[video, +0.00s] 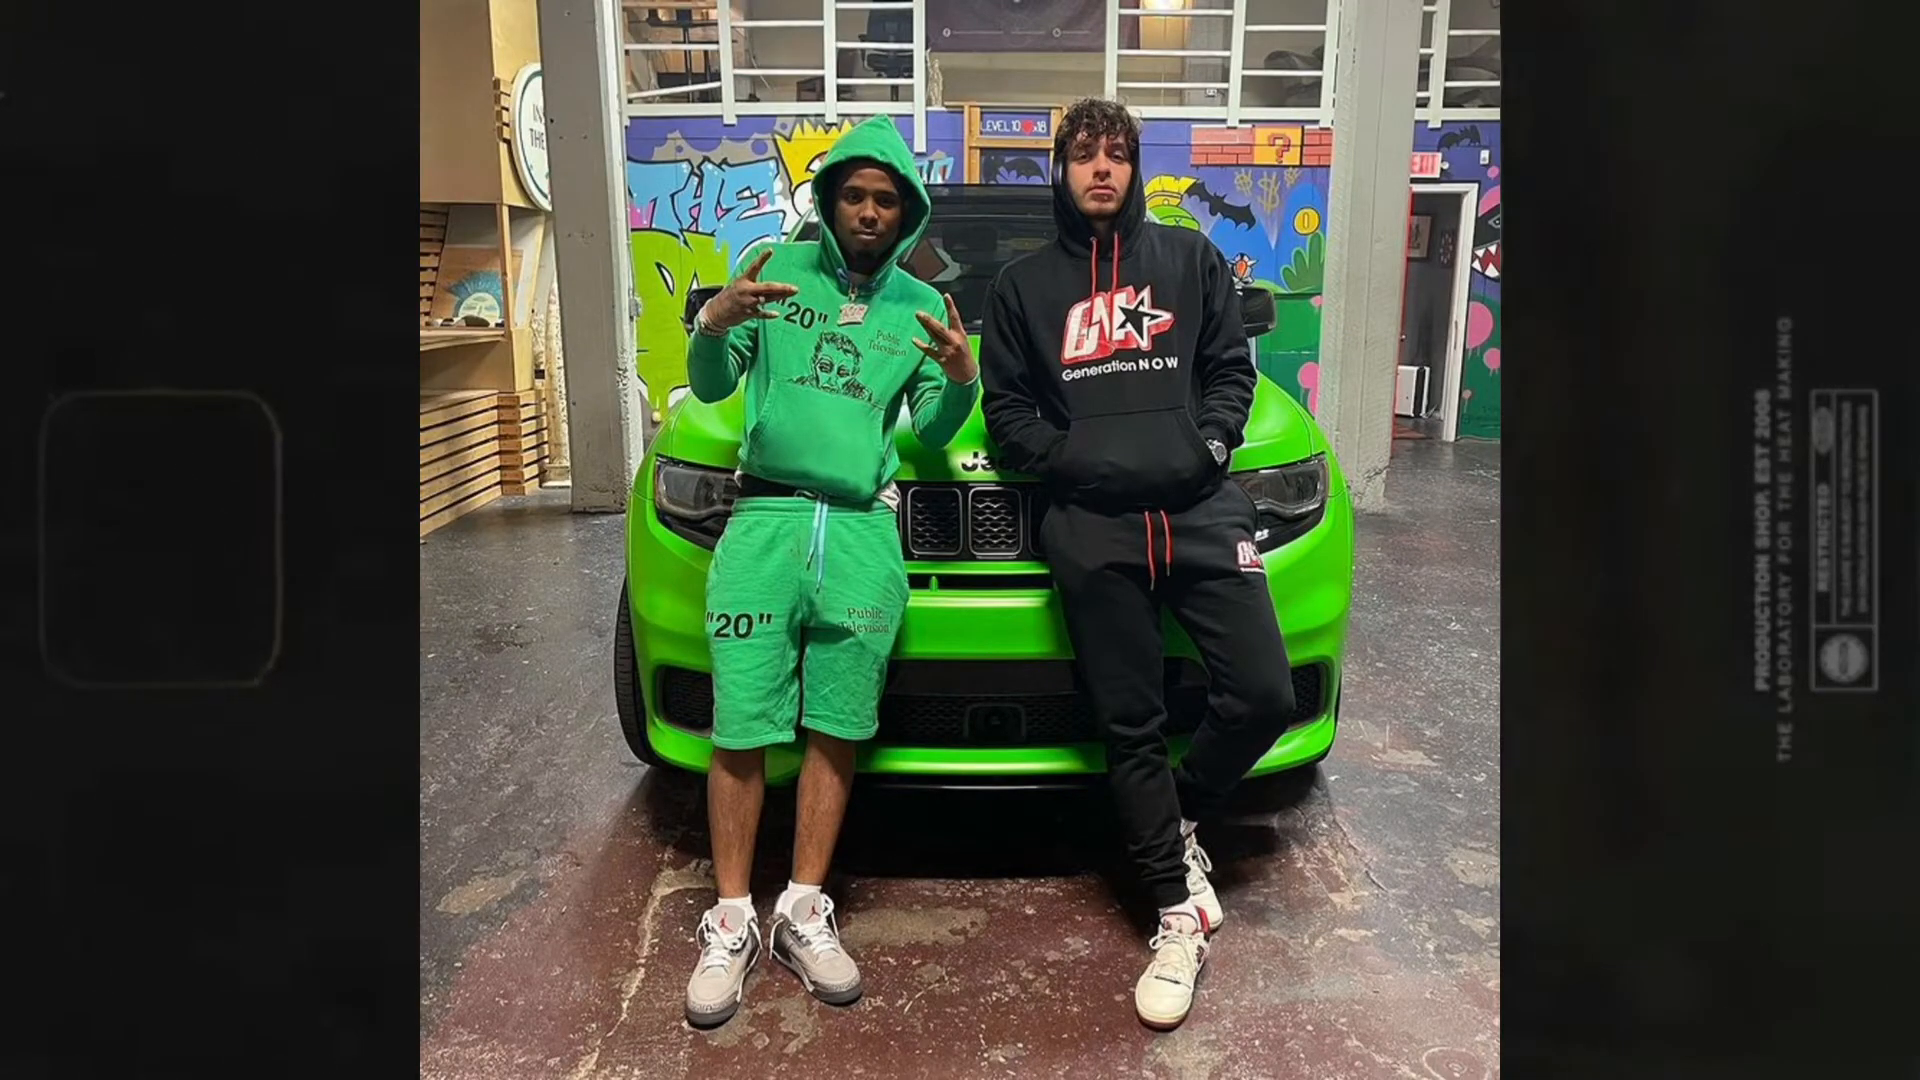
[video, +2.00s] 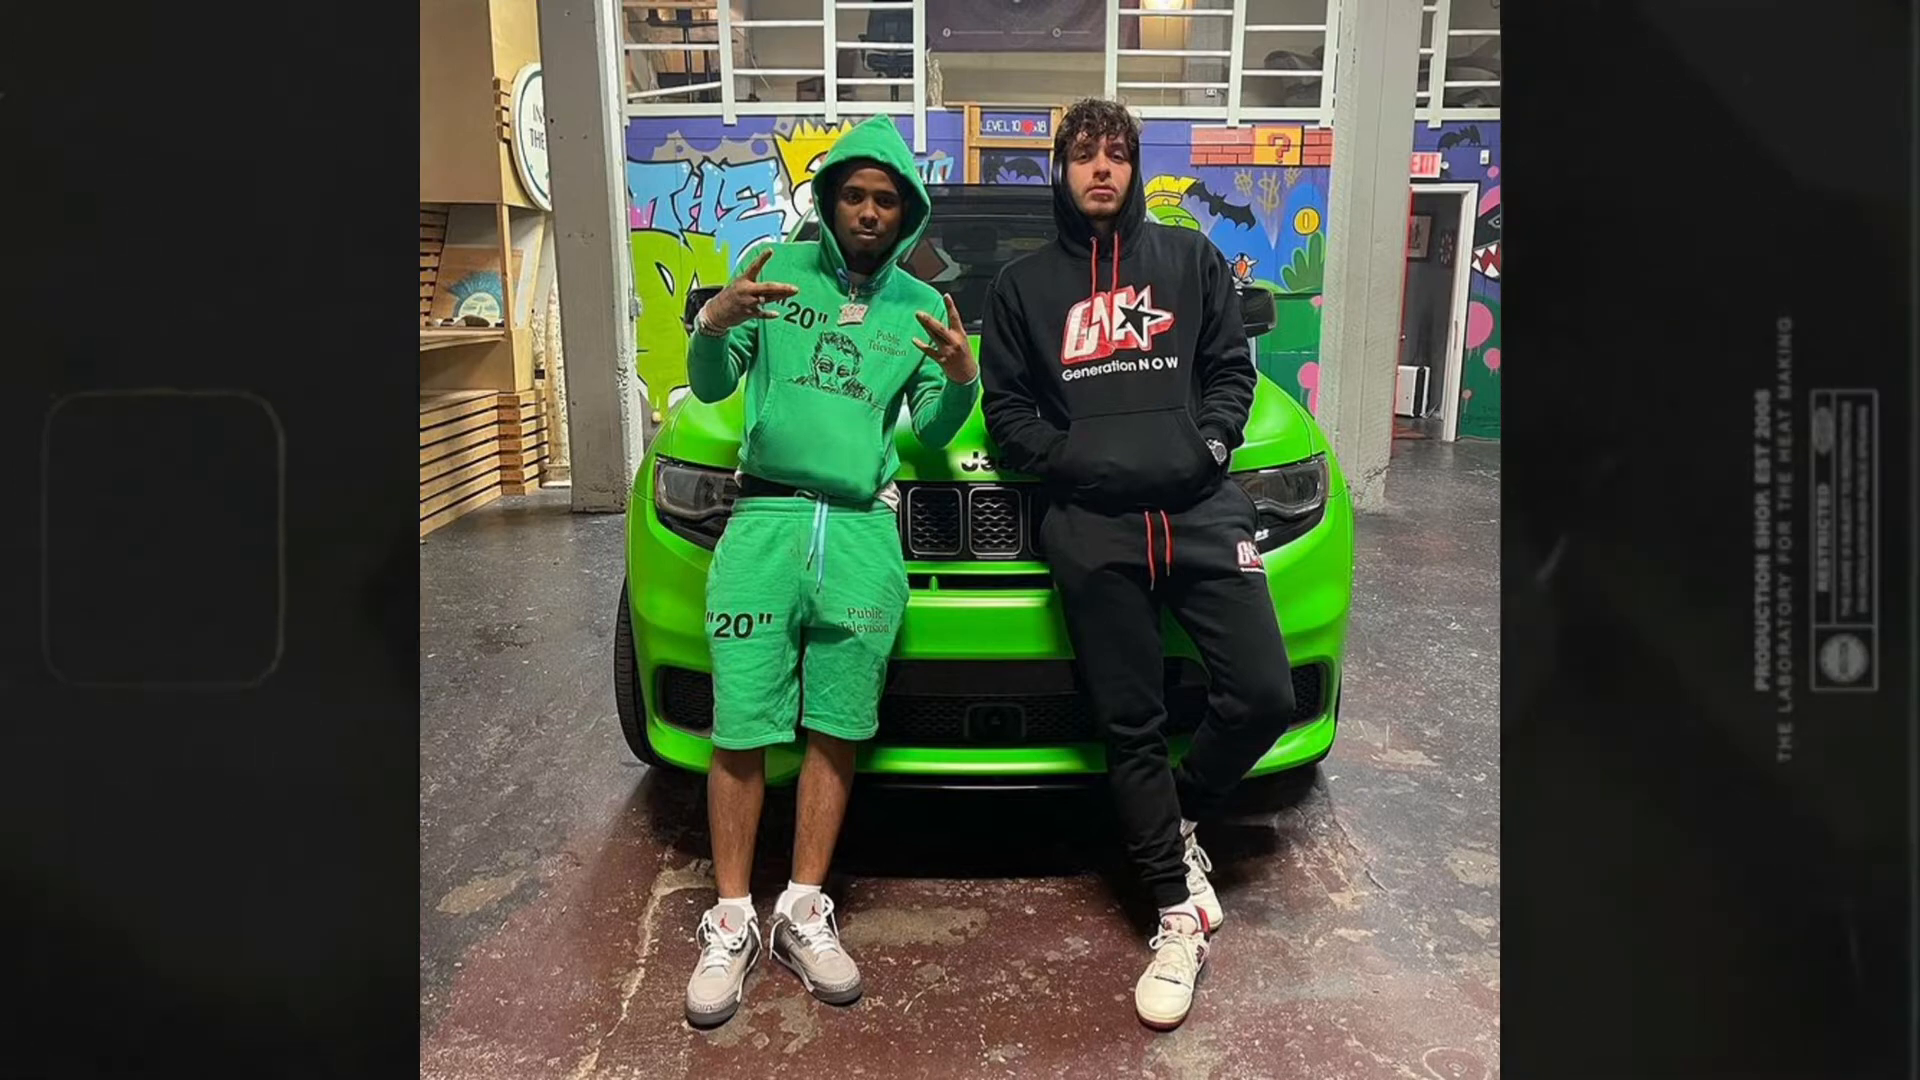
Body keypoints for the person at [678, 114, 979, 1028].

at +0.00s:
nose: (868, 212)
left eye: (885, 198)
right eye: (854, 196)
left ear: (906, 212)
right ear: (827, 203)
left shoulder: (924, 305)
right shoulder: (776, 267)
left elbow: (924, 439)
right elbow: (712, 384)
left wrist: (960, 380)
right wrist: (714, 321)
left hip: (861, 527)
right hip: (763, 517)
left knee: (838, 729)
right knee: (741, 729)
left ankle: (805, 909)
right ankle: (732, 920)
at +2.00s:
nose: (868, 212)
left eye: (885, 198)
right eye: (854, 196)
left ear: (907, 212)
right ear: (827, 202)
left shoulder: (923, 305)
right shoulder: (776, 268)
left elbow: (923, 439)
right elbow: (712, 384)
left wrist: (961, 380)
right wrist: (713, 321)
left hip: (861, 527)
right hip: (763, 517)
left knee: (838, 728)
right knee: (741, 728)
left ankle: (805, 908)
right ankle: (732, 919)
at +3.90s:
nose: (868, 212)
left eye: (885, 198)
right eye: (854, 196)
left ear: (907, 212)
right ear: (827, 202)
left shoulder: (923, 305)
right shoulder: (776, 268)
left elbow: (923, 439)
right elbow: (712, 384)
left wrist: (961, 380)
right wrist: (713, 321)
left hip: (861, 527)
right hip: (763, 517)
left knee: (838, 728)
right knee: (741, 728)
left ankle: (805, 908)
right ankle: (732, 919)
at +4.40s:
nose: (868, 212)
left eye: (885, 198)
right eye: (854, 196)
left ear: (907, 212)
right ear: (827, 202)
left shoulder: (923, 305)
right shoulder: (776, 268)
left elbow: (923, 439)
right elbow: (712, 384)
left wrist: (961, 380)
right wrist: (713, 321)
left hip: (861, 527)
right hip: (763, 517)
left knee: (838, 728)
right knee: (741, 728)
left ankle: (805, 908)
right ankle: (732, 919)